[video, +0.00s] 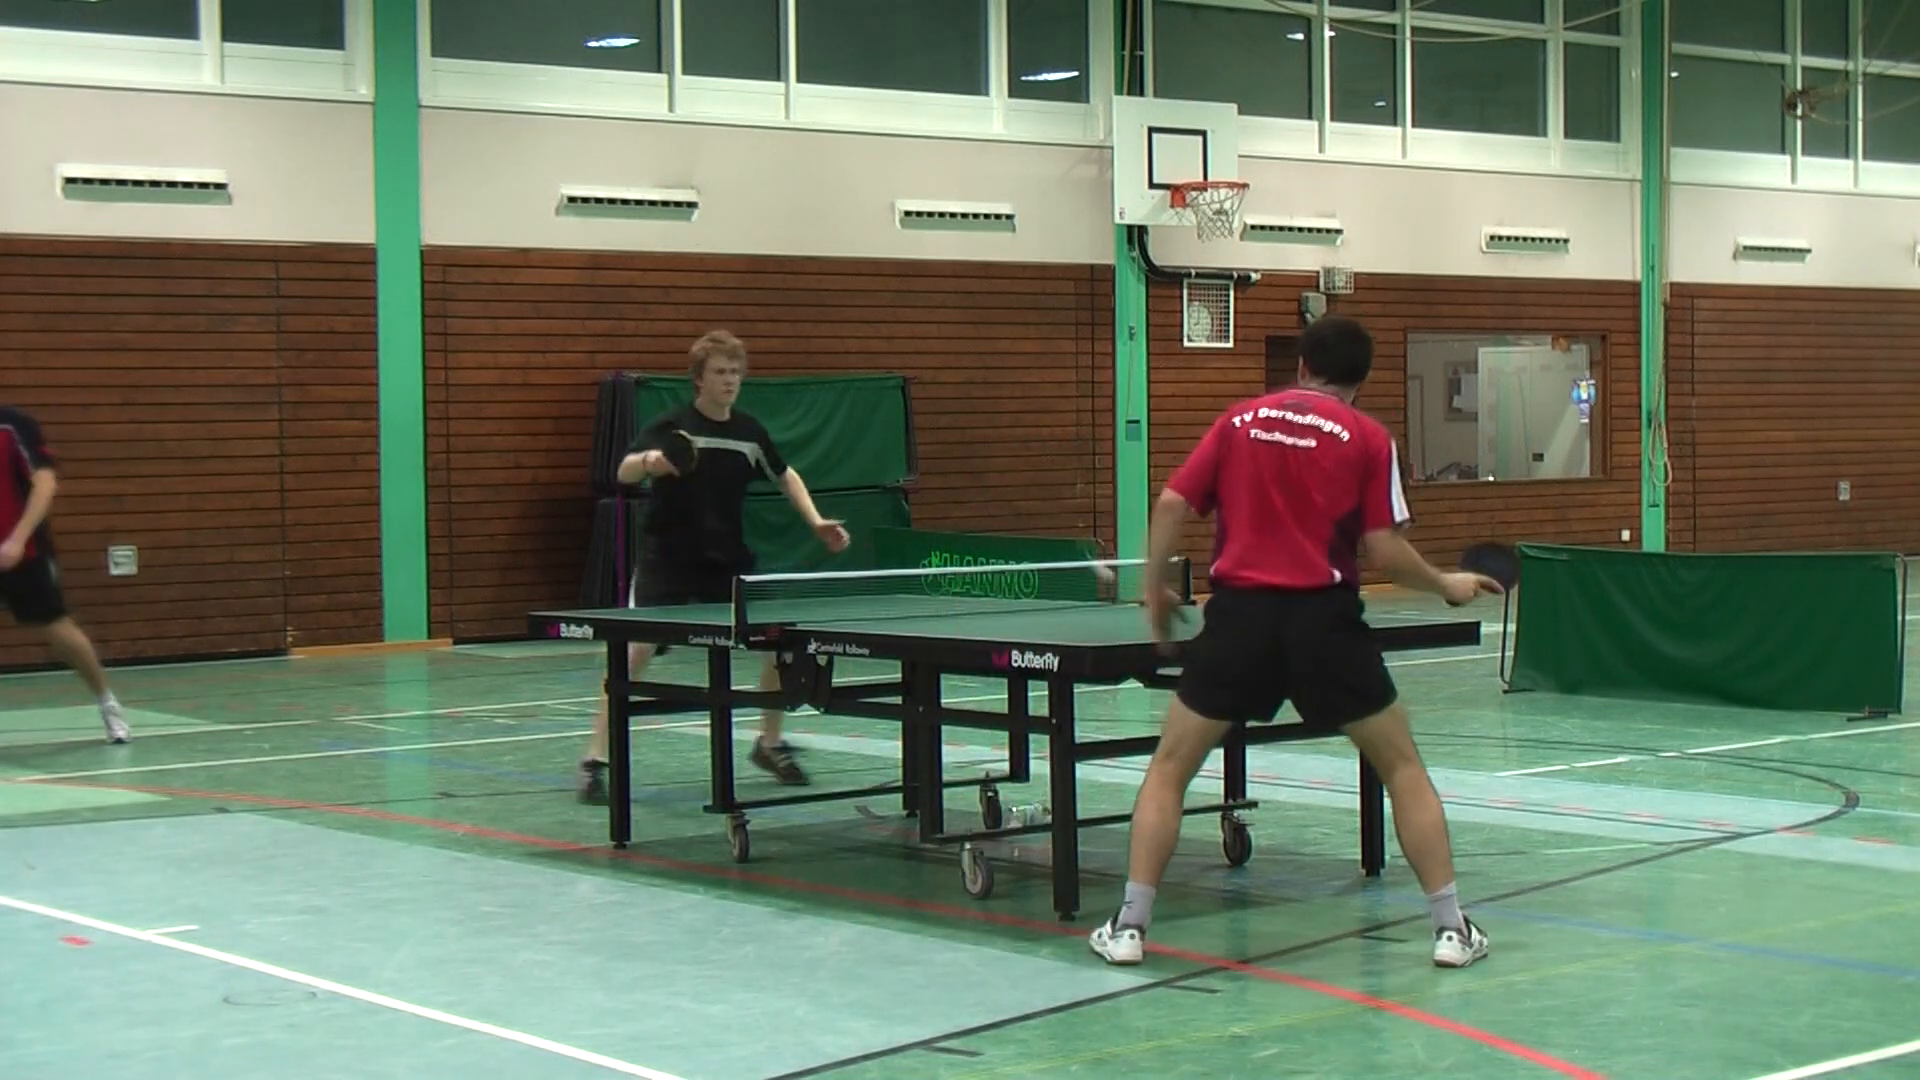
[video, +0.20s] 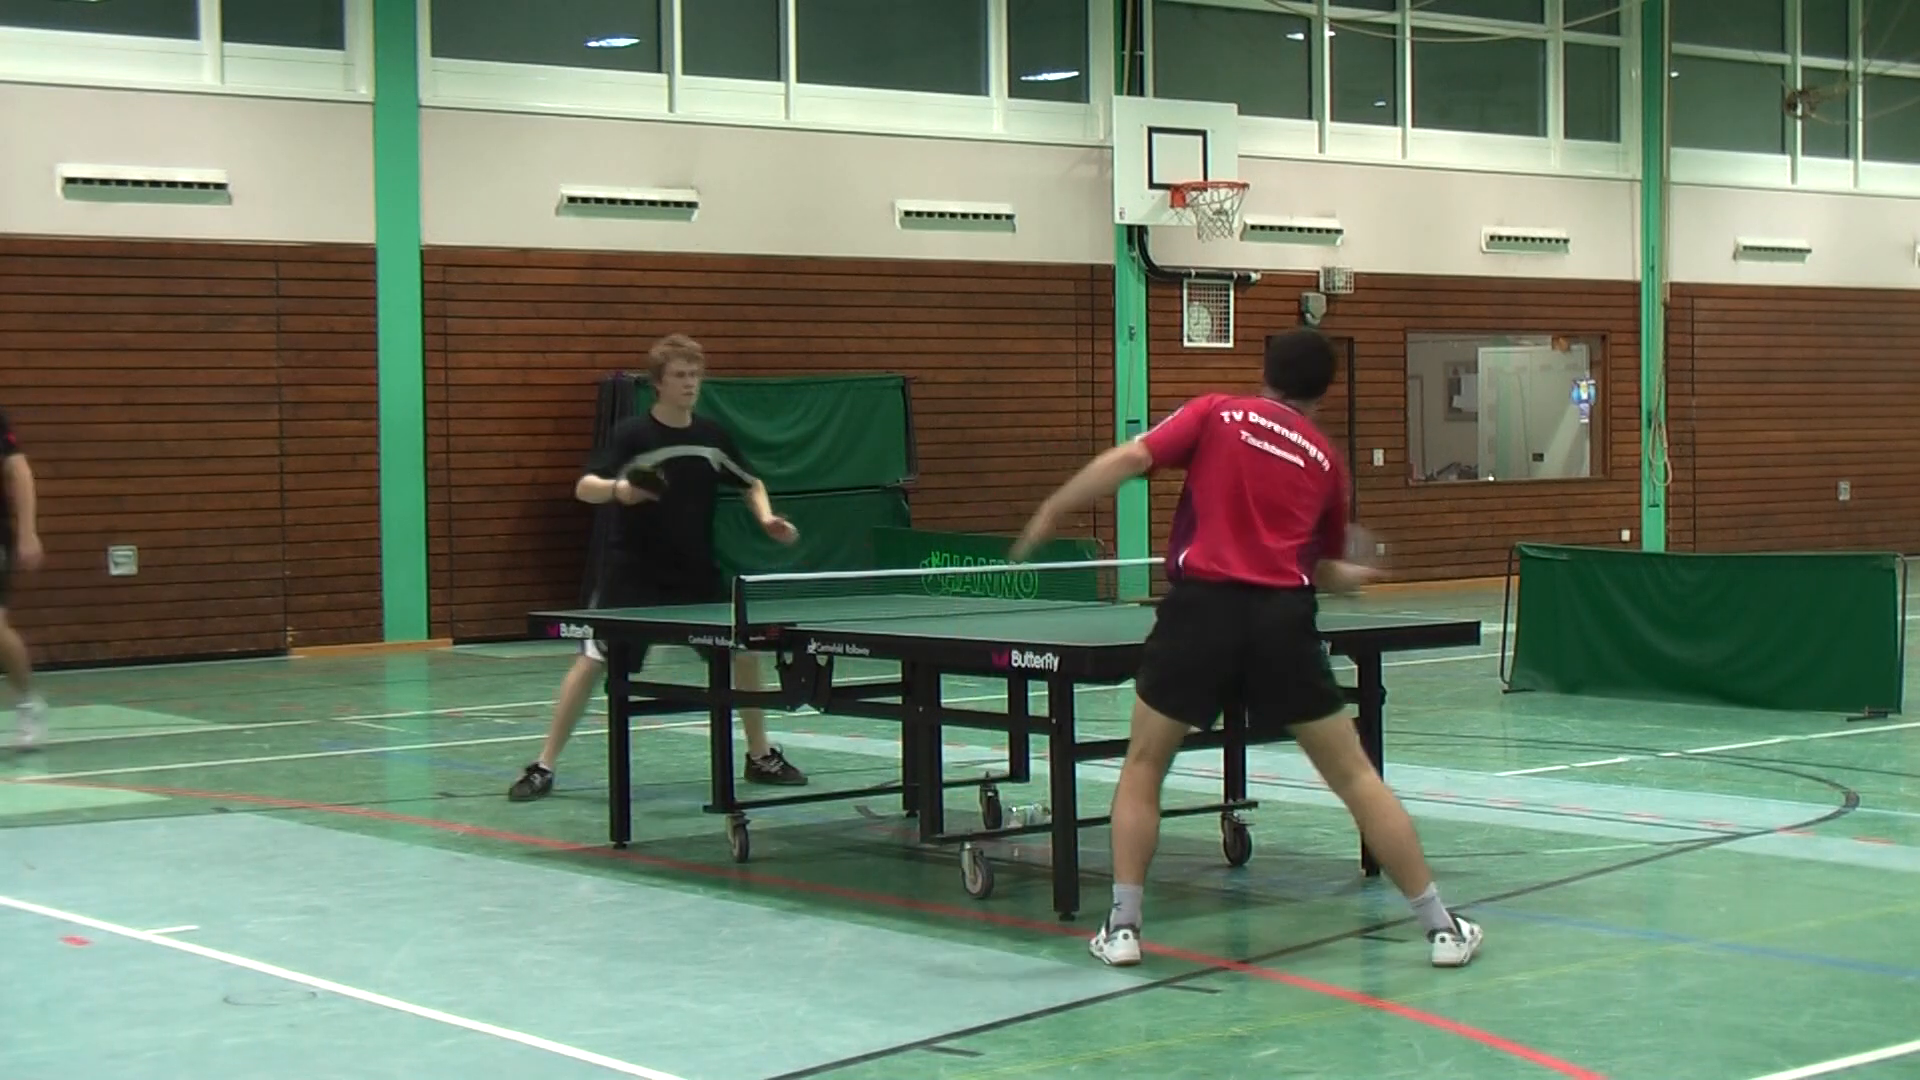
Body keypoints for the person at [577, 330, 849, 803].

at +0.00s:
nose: (730, 380)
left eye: (735, 373)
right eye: (720, 372)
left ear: (742, 378)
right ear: (698, 377)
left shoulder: (750, 431)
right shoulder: (670, 427)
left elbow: (786, 476)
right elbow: (623, 473)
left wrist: (816, 521)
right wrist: (646, 464)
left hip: (729, 563)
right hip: (667, 564)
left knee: (780, 641)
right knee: (635, 652)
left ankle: (770, 742)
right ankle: (595, 757)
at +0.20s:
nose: (690, 384)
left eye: (695, 376)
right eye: (680, 376)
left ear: (701, 380)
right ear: (657, 381)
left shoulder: (713, 436)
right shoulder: (632, 435)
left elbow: (750, 482)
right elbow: (584, 486)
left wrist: (765, 516)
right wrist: (617, 489)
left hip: (696, 574)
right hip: (633, 575)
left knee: (744, 650)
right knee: (592, 660)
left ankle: (760, 755)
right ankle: (544, 766)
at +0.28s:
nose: (671, 378)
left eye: (676, 370)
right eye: (660, 370)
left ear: (683, 375)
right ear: (637, 376)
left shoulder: (694, 427)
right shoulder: (612, 428)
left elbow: (732, 476)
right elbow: (571, 487)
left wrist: (739, 509)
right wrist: (606, 501)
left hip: (674, 563)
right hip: (610, 566)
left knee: (723, 644)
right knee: (567, 643)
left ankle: (743, 748)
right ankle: (531, 756)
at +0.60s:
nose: (488, 442)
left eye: (496, 432)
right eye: (481, 435)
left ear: (518, 431)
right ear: (473, 441)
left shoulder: (561, 476)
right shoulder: (474, 498)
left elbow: (624, 502)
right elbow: (423, 543)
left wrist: (672, 547)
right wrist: (361, 568)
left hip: (587, 597)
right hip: (518, 601)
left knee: (648, 670)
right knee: (464, 663)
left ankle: (710, 752)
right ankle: (427, 776)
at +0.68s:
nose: (440, 440)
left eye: (449, 430)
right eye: (434, 432)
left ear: (473, 430)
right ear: (429, 436)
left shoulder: (515, 472)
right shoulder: (429, 493)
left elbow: (582, 494)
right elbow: (387, 548)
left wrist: (649, 519)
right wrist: (351, 534)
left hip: (542, 597)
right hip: (479, 604)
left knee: (607, 667)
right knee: (430, 657)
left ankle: (670, 746)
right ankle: (424, 775)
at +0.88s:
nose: (421, 376)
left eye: (429, 368)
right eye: (412, 370)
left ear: (442, 372)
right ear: (398, 376)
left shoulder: (471, 419)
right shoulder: (383, 431)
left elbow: (522, 447)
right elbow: (355, 497)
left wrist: (543, 457)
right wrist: (370, 468)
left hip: (476, 559)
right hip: (414, 564)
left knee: (515, 653)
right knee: (398, 649)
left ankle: (510, 748)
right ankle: (408, 763)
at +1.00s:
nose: (394, 368)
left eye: (402, 359)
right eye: (387, 361)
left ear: (425, 359)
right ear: (381, 364)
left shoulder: (459, 410)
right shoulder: (368, 420)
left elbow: (513, 453)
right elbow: (336, 485)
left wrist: (511, 475)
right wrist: (348, 484)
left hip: (450, 552)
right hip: (392, 554)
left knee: (472, 650)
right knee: (396, 646)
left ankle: (446, 747)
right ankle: (376, 766)